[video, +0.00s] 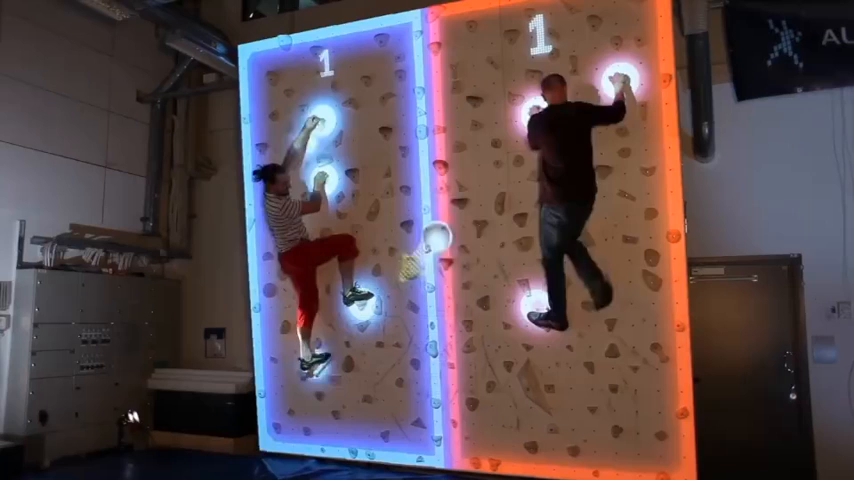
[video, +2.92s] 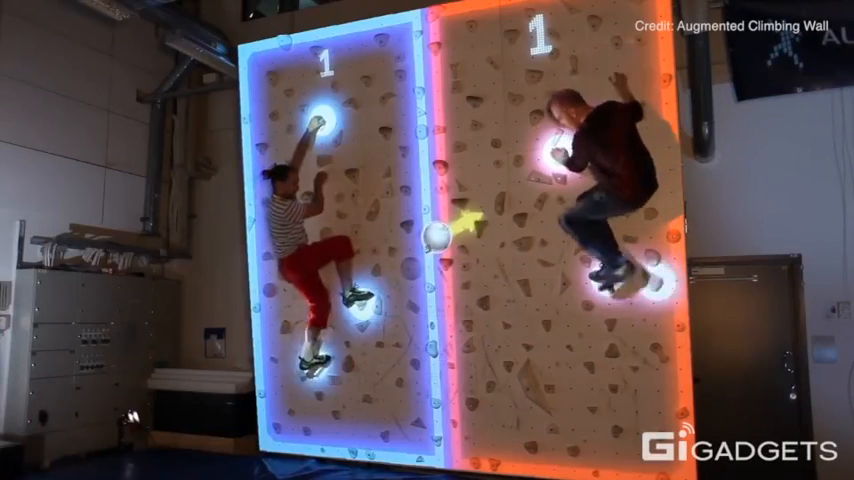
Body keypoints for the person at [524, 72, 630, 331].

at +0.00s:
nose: (560, 94)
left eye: (554, 90)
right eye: (560, 89)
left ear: (544, 94)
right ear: (565, 89)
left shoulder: (539, 121)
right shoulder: (582, 111)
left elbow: (533, 145)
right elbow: (616, 113)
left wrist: (534, 119)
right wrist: (620, 92)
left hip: (556, 199)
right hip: (585, 193)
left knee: (552, 258)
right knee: (570, 242)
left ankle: (557, 315)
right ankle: (600, 289)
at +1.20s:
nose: (556, 97)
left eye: (556, 93)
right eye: (555, 94)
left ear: (565, 85)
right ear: (578, 81)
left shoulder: (567, 114)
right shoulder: (603, 99)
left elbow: (548, 137)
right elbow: (629, 117)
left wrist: (539, 122)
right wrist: (625, 92)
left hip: (596, 188)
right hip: (621, 180)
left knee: (582, 252)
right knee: (576, 207)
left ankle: (585, 317)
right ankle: (611, 261)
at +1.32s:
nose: (555, 94)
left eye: (554, 90)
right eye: (554, 90)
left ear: (561, 83)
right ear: (577, 77)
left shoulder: (565, 109)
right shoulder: (603, 94)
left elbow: (548, 137)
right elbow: (629, 116)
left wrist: (539, 123)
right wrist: (623, 92)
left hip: (598, 182)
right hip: (622, 173)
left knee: (586, 245)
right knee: (578, 205)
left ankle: (622, 304)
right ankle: (612, 260)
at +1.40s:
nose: (557, 91)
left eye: (556, 86)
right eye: (555, 86)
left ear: (563, 81)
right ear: (578, 74)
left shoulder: (567, 107)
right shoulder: (603, 91)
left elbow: (547, 135)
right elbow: (629, 116)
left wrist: (539, 121)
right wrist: (624, 93)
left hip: (600, 181)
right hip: (624, 173)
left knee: (591, 242)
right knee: (579, 203)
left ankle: (645, 285)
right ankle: (609, 264)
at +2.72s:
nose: (557, 120)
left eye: (556, 114)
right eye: (554, 116)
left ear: (567, 107)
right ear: (577, 98)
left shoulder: (578, 133)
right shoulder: (607, 104)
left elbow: (574, 166)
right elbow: (636, 114)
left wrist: (561, 155)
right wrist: (629, 94)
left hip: (623, 192)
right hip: (641, 175)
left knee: (596, 243)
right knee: (584, 202)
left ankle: (659, 278)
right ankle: (613, 262)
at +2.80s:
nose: (559, 123)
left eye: (557, 117)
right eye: (556, 119)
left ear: (565, 111)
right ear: (577, 99)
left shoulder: (580, 135)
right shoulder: (608, 107)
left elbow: (574, 166)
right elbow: (636, 114)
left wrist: (562, 158)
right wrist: (628, 93)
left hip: (626, 192)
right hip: (644, 175)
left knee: (589, 238)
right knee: (584, 203)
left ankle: (647, 274)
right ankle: (613, 263)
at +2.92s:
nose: (562, 124)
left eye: (560, 118)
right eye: (559, 120)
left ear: (571, 111)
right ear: (581, 103)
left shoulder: (583, 137)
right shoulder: (612, 109)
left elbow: (577, 166)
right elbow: (638, 112)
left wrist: (564, 159)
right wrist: (624, 90)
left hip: (628, 195)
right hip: (648, 180)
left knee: (569, 219)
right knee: (584, 202)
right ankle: (613, 259)